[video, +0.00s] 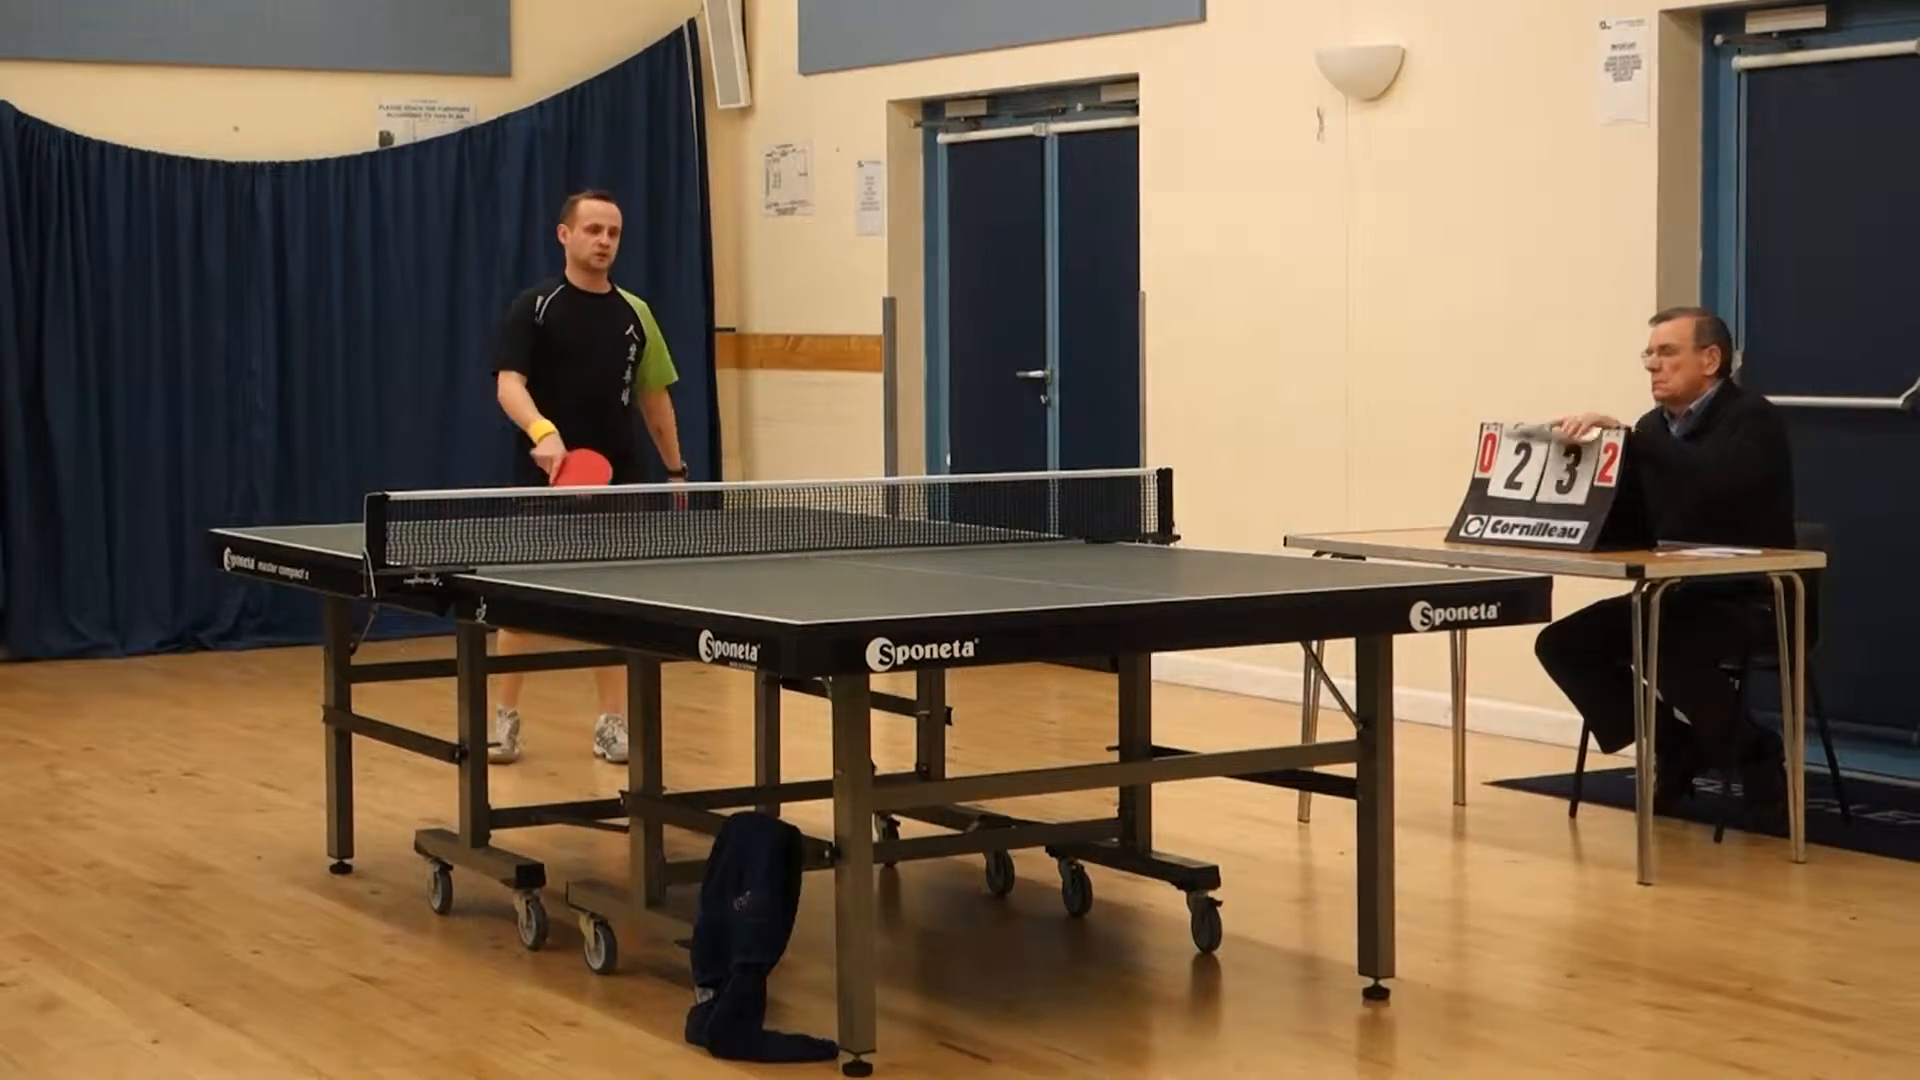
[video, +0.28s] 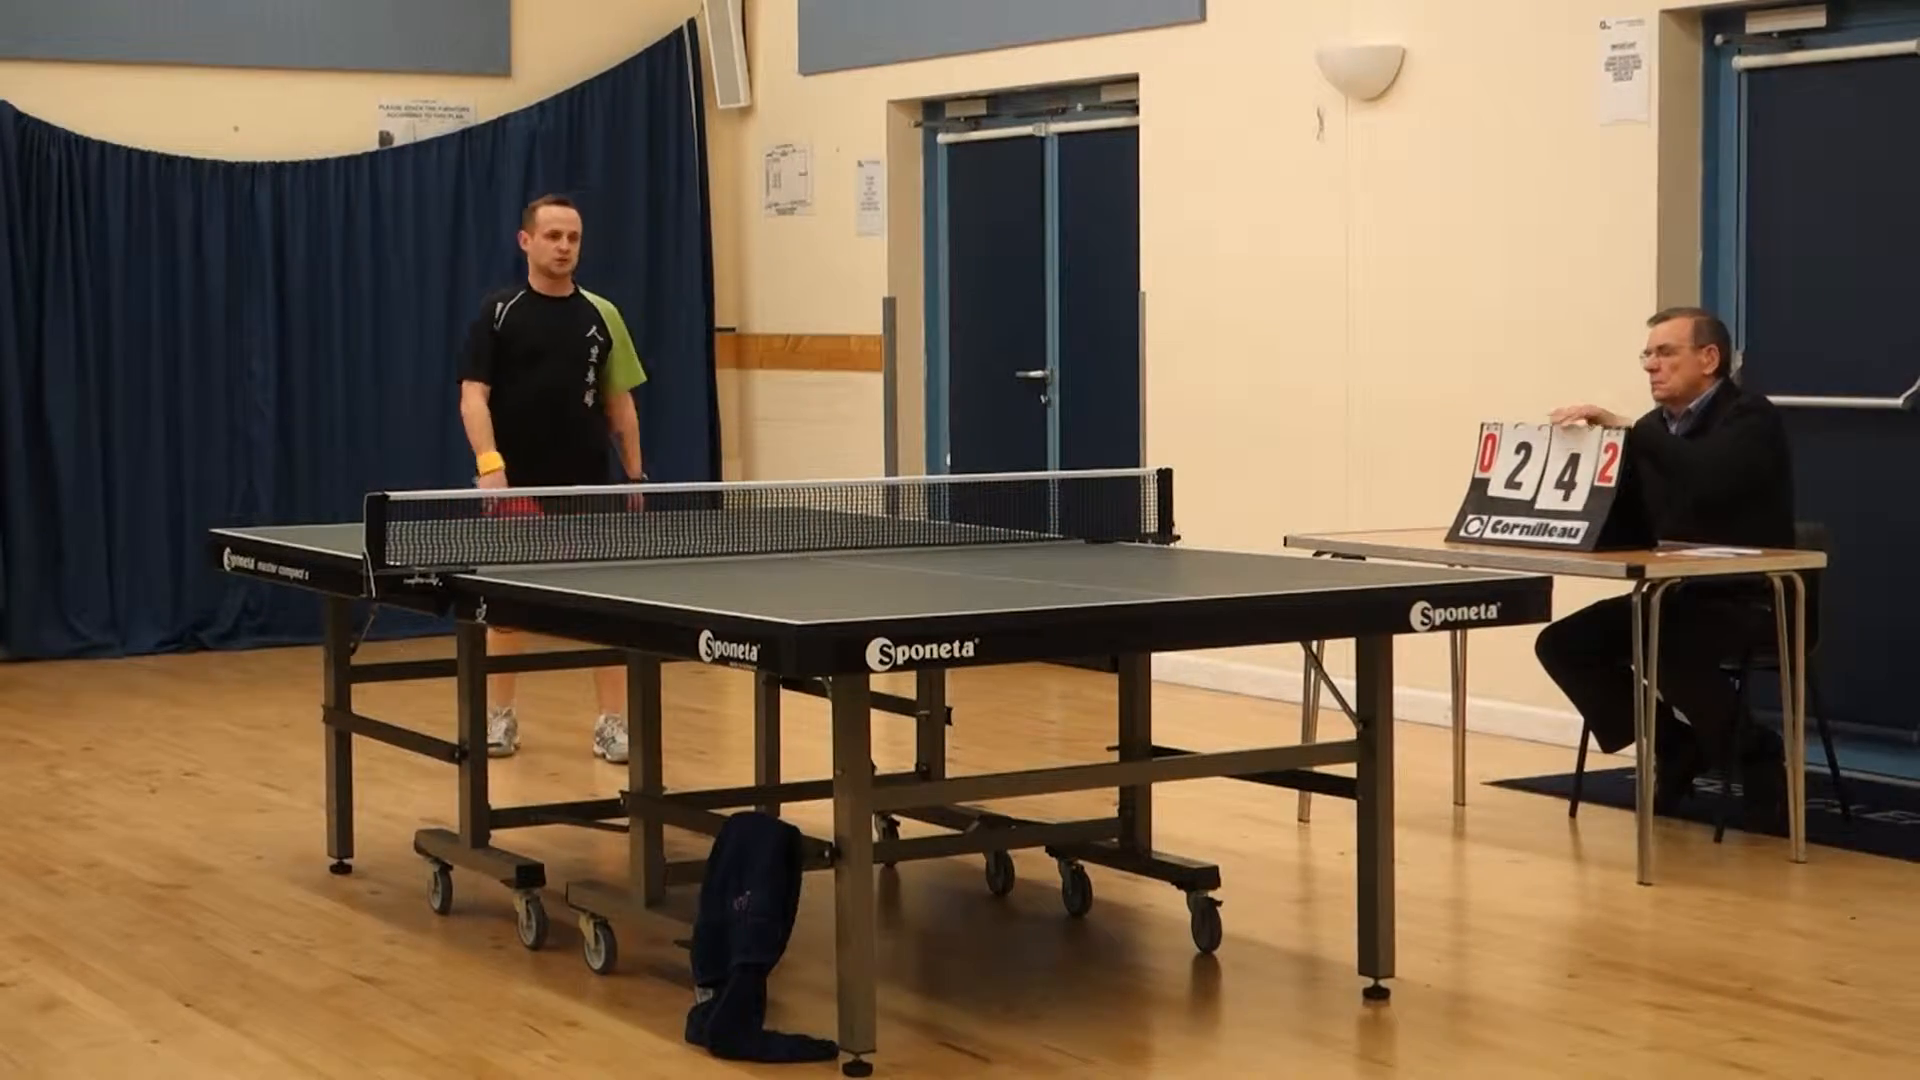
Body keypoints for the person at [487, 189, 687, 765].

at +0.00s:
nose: (604, 240)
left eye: (612, 232)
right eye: (593, 229)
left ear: (620, 241)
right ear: (564, 234)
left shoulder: (634, 312)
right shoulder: (532, 307)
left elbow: (654, 394)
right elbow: (508, 383)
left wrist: (675, 466)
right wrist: (540, 430)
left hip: (622, 485)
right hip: (544, 483)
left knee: (621, 602)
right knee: (520, 599)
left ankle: (613, 719)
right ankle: (504, 713)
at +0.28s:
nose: (564, 246)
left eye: (573, 237)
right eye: (553, 236)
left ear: (581, 244)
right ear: (526, 241)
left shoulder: (602, 315)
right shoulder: (497, 312)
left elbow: (620, 400)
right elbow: (473, 396)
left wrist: (635, 477)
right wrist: (489, 464)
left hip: (593, 490)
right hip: (518, 491)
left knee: (612, 608)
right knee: (505, 606)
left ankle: (613, 719)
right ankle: (500, 713)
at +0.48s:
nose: (537, 246)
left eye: (546, 237)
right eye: (526, 236)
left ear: (556, 244)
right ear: (501, 242)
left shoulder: (581, 311)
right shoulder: (472, 314)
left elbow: (603, 390)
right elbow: (438, 394)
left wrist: (601, 455)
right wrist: (428, 471)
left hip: (568, 489)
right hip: (493, 491)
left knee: (594, 606)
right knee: (498, 609)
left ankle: (607, 716)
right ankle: (499, 714)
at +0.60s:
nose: (528, 247)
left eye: (536, 237)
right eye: (516, 237)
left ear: (547, 243)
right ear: (491, 243)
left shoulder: (572, 310)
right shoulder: (463, 316)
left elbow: (590, 383)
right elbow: (426, 395)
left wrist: (580, 437)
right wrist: (402, 472)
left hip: (558, 485)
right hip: (486, 486)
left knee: (590, 600)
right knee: (496, 604)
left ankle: (606, 714)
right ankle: (498, 712)